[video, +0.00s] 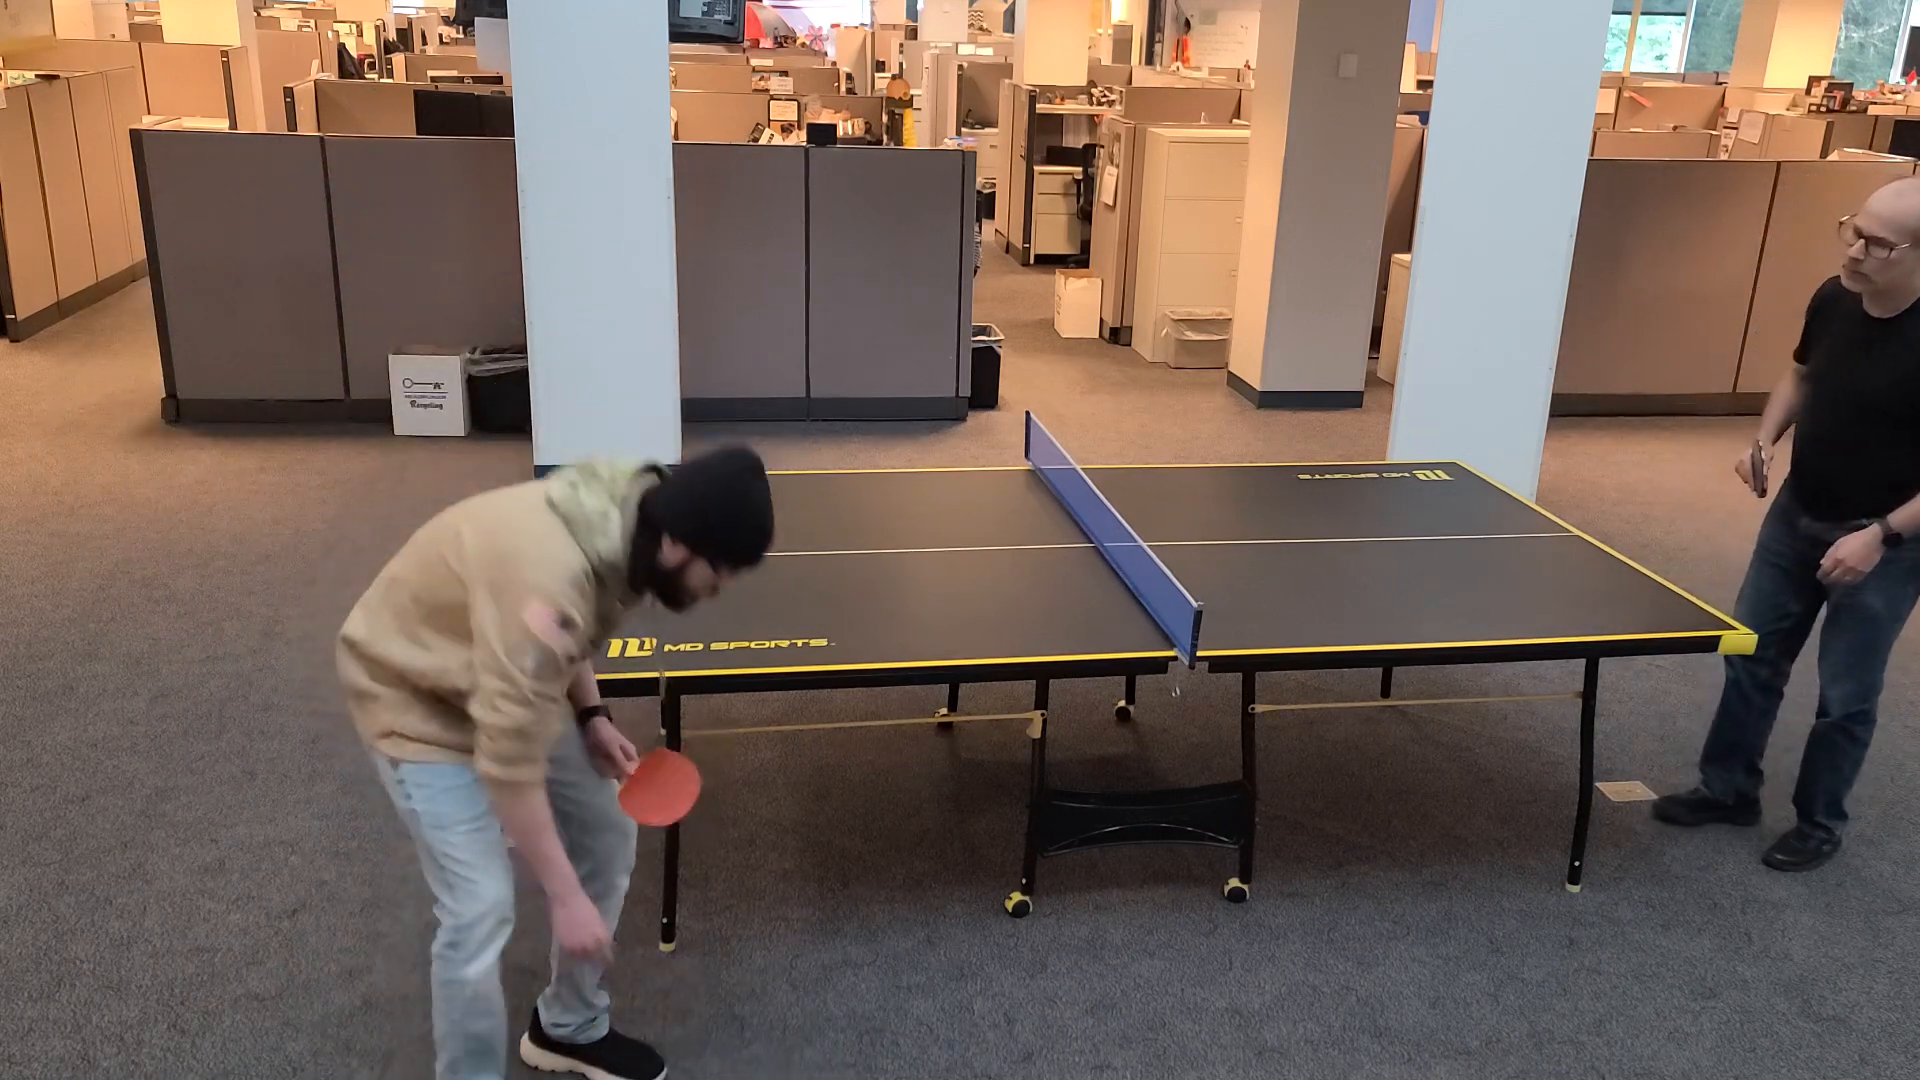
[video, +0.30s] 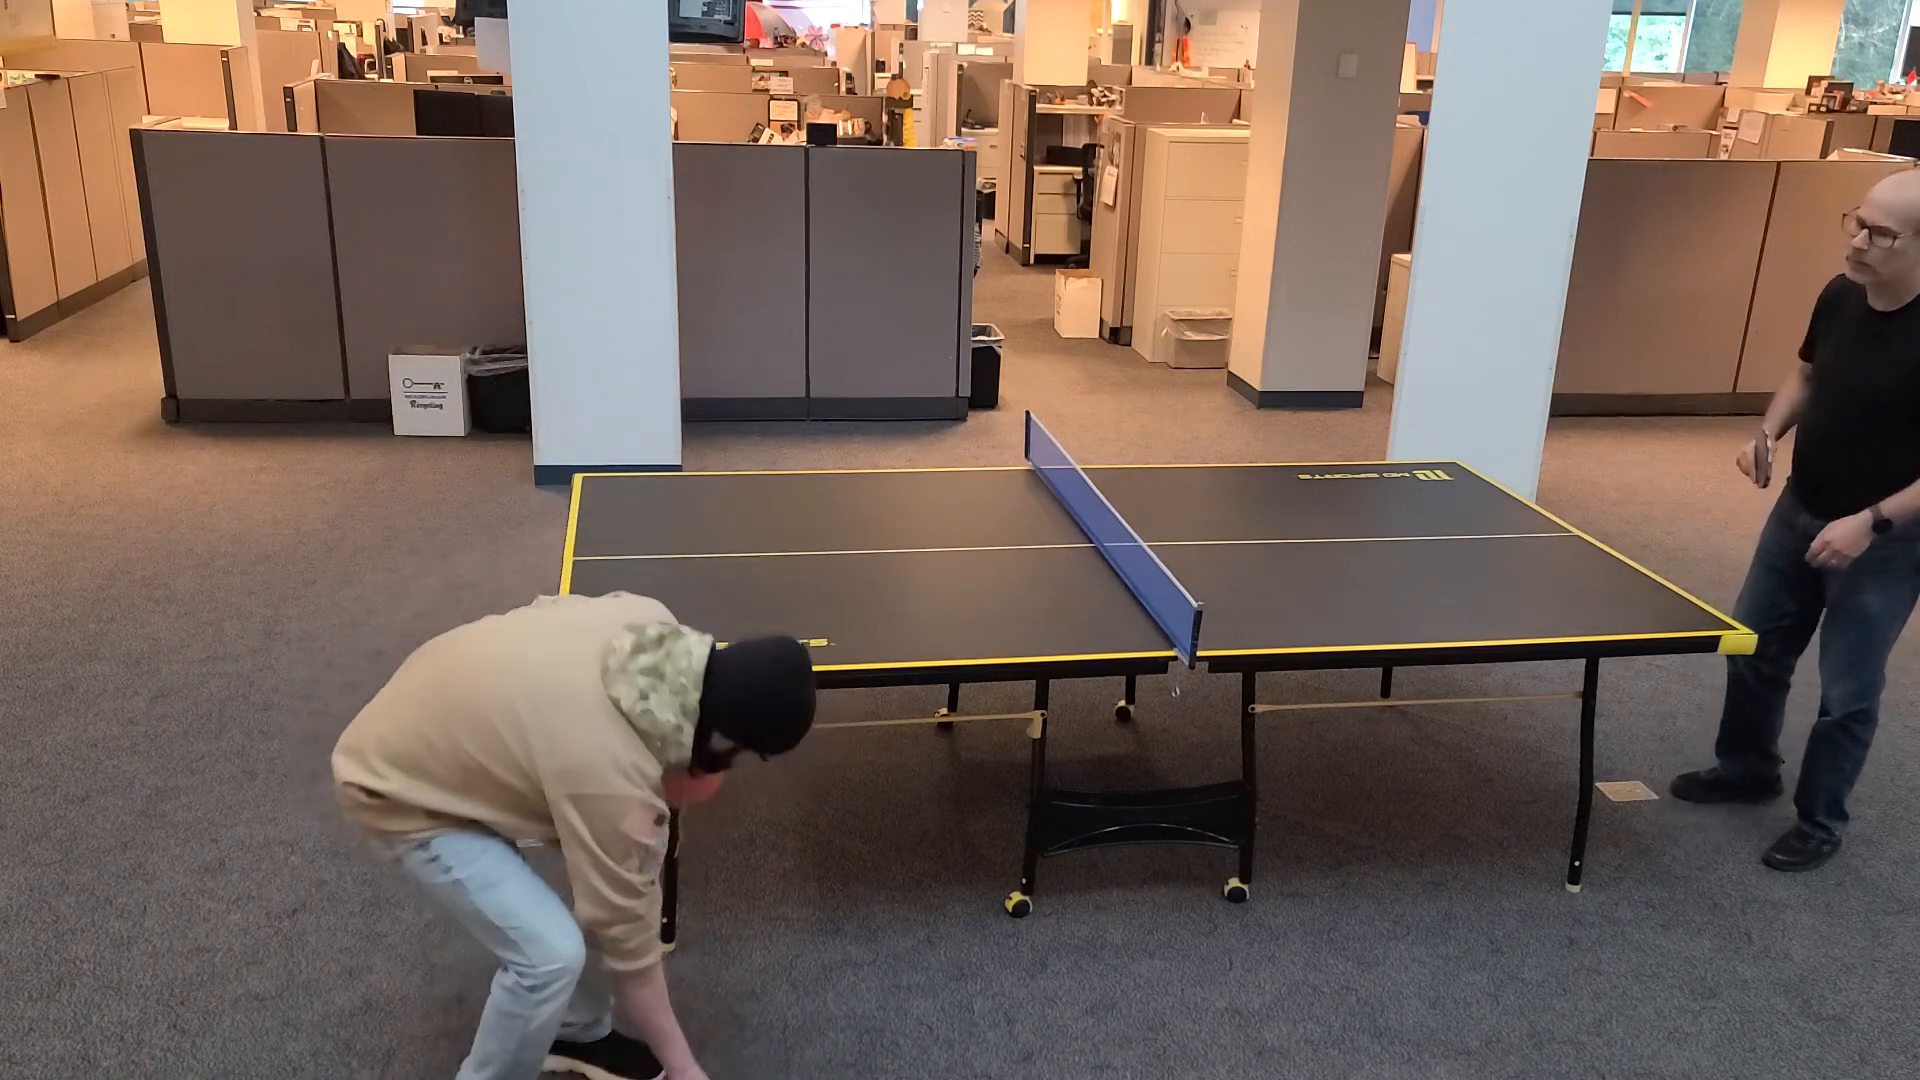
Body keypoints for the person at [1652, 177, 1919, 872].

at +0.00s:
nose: (1854, 249)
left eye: (1874, 243)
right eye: (1853, 233)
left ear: (1916, 257)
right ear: (1848, 224)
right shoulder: (1834, 301)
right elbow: (1801, 376)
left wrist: (1884, 533)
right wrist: (1765, 437)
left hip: (1887, 544)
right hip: (1799, 516)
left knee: (1845, 699)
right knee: (1753, 655)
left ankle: (1819, 823)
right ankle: (1729, 789)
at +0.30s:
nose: (1858, 240)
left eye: (1878, 234)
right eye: (1857, 225)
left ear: (1917, 248)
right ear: (1851, 220)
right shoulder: (1841, 296)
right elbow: (1807, 376)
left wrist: (1873, 519)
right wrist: (1769, 429)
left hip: (1887, 539)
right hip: (1804, 511)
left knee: (1847, 696)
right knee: (1754, 644)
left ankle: (1821, 822)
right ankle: (1748, 766)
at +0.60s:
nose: (1836, 225)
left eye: (1857, 218)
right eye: (1834, 210)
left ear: (1904, 230)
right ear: (1829, 210)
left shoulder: (1916, 313)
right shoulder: (1822, 293)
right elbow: (1791, 374)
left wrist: (1846, 499)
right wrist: (1746, 421)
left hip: (1870, 524)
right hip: (1789, 502)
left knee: (1834, 683)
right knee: (1759, 644)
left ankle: (1820, 821)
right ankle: (1751, 770)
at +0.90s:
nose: (1800, 222)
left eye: (1818, 211)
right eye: (1798, 208)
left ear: (1865, 219)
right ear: (1797, 209)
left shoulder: (1898, 303)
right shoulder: (1800, 284)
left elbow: (1913, 427)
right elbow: (1774, 372)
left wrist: (1813, 482)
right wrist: (1727, 419)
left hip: (1854, 507)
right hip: (1775, 495)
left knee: (1823, 674)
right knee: (1752, 642)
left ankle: (1820, 820)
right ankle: (1750, 771)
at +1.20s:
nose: (1781, 221)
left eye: (1799, 211)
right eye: (1778, 208)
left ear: (1847, 215)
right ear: (1778, 209)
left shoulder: (1889, 302)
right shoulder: (1784, 285)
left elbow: (1905, 421)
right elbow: (1757, 372)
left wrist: (1801, 476)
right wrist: (1709, 424)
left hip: (1838, 506)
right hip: (1760, 494)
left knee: (1814, 671)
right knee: (1746, 643)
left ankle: (1816, 818)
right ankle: (1749, 771)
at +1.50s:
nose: (1758, 237)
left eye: (1771, 224)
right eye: (1755, 224)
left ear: (1824, 217)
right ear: (1769, 220)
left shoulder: (1882, 301)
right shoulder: (1780, 286)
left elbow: (1905, 416)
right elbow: (1762, 377)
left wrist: (1804, 473)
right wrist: (1711, 432)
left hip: (1840, 503)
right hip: (1764, 492)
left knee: (1811, 667)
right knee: (1746, 640)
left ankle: (1818, 817)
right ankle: (1749, 771)